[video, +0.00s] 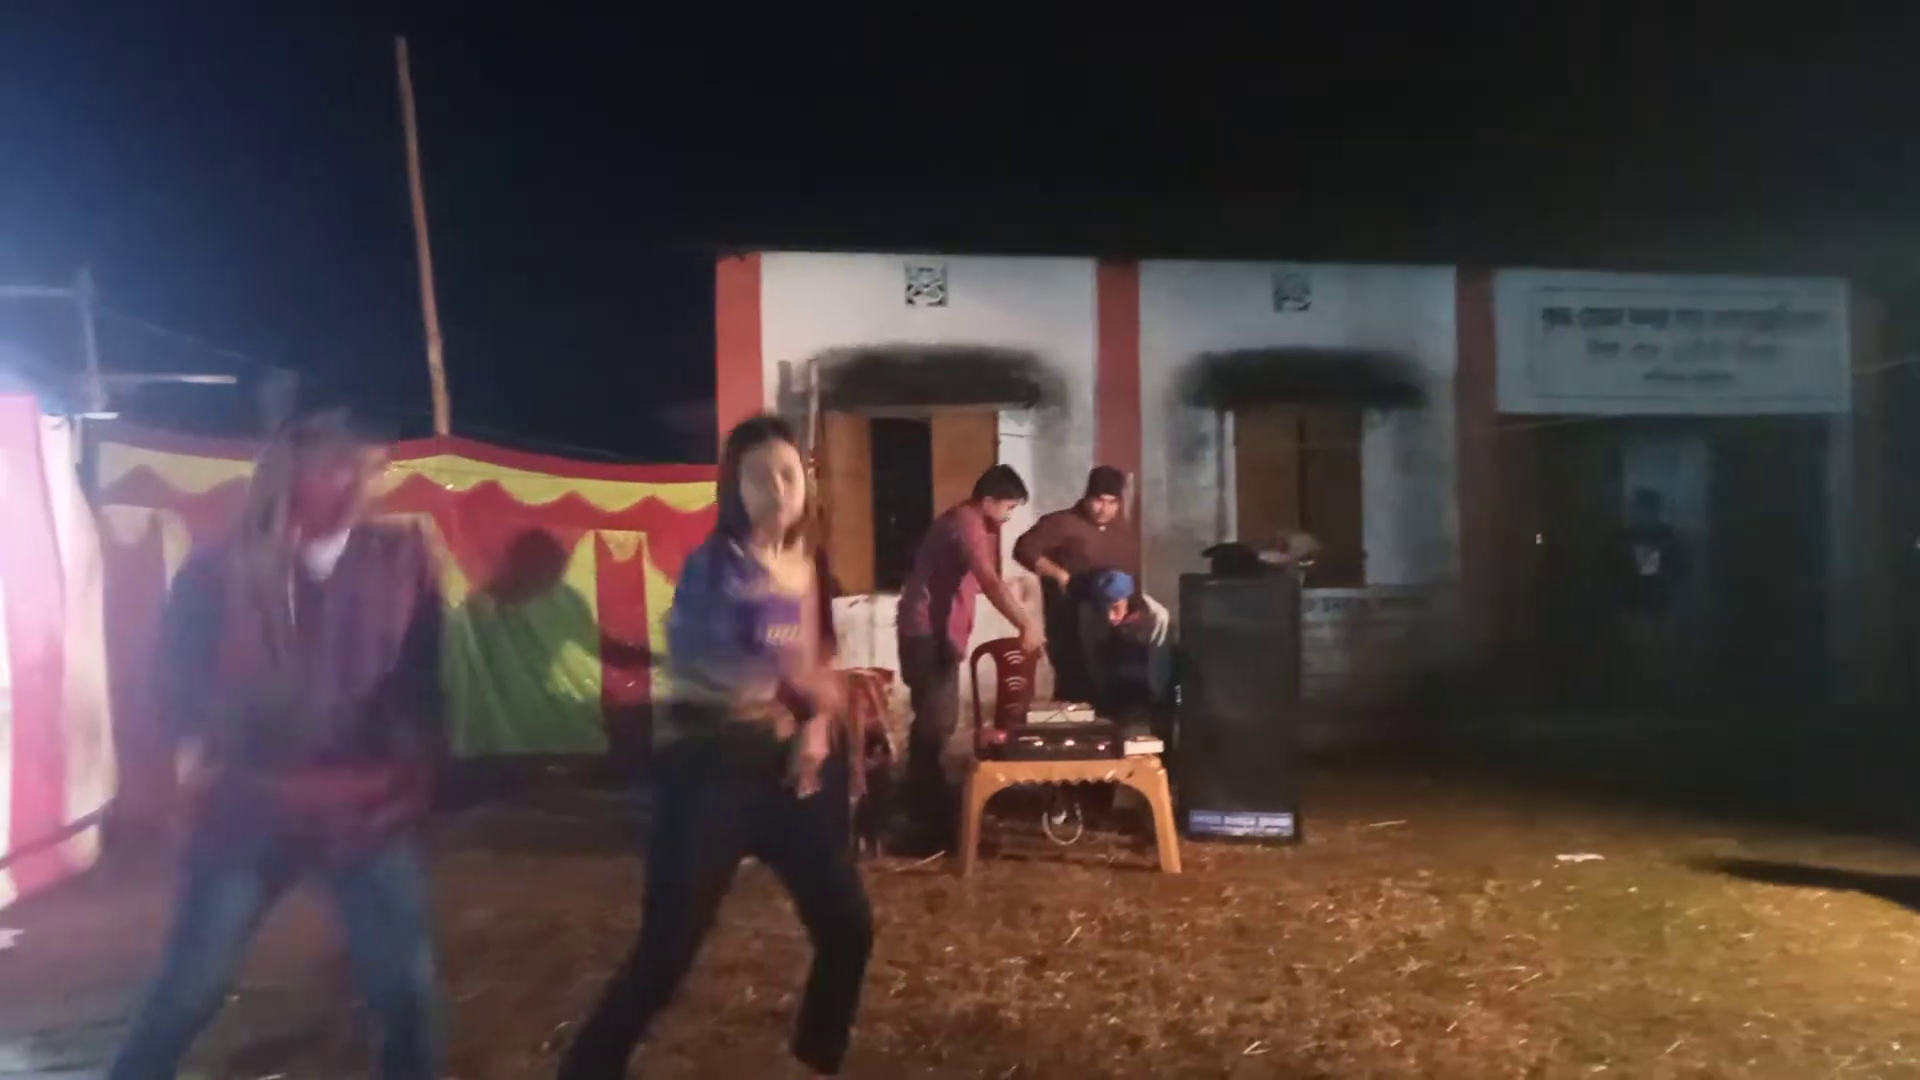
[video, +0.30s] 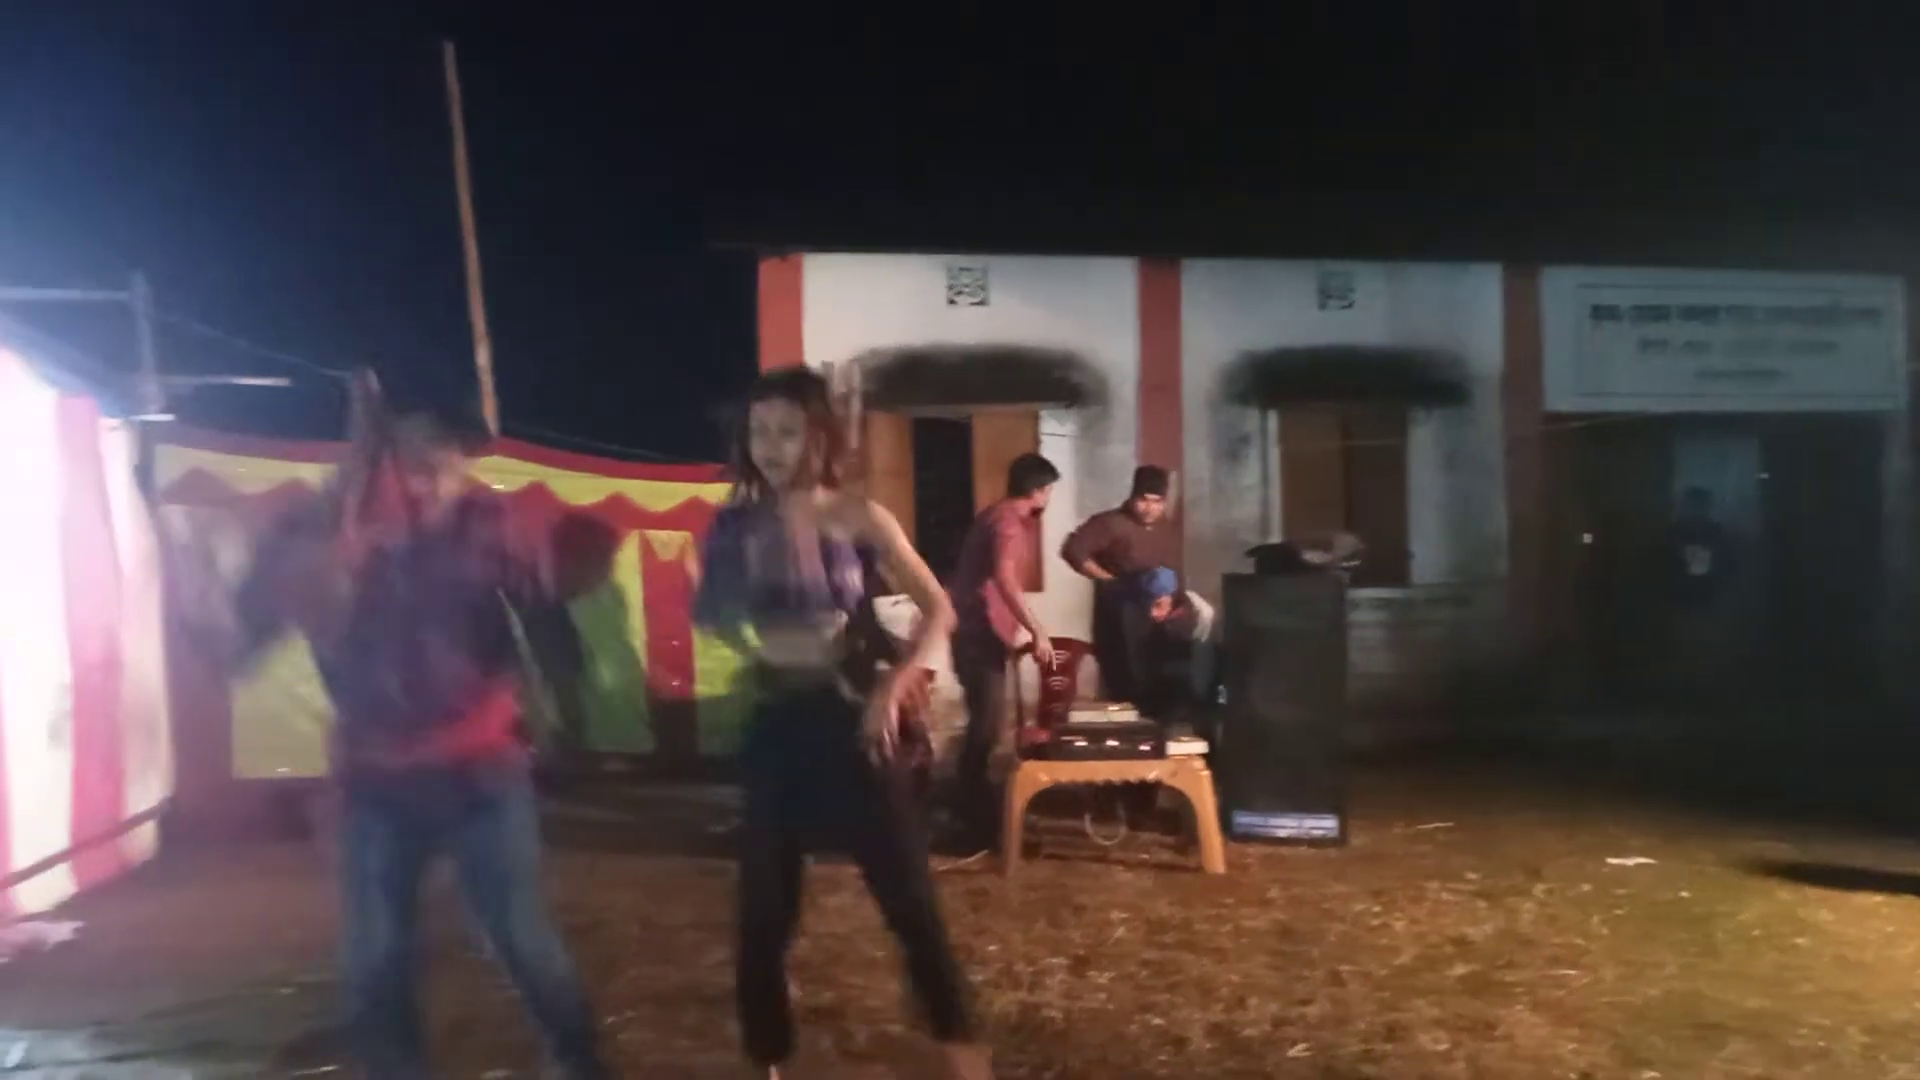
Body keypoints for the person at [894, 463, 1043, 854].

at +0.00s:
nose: (1010, 515)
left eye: (1014, 507)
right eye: (1009, 506)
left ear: (992, 500)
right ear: (990, 498)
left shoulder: (977, 523)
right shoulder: (967, 523)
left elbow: (993, 581)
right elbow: (990, 583)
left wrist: (1025, 621)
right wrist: (1024, 625)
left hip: (940, 630)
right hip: (927, 631)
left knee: (936, 723)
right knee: (935, 724)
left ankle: (925, 813)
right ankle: (922, 815)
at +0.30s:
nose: (1050, 496)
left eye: (1050, 488)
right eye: (1047, 488)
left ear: (1020, 485)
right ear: (1035, 489)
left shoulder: (1003, 517)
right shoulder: (1008, 521)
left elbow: (989, 584)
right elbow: (1004, 579)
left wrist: (1010, 636)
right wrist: (1038, 632)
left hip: (980, 631)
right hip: (981, 632)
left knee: (987, 727)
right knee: (986, 728)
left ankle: (973, 816)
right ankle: (973, 819)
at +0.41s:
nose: (1082, 491)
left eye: (1082, 483)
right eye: (1079, 484)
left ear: (1050, 479)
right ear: (1068, 484)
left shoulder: (1030, 513)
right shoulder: (1041, 520)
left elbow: (1012, 580)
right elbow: (1031, 580)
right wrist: (1051, 634)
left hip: (1017, 635)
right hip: (1025, 637)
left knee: (1026, 720)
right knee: (1030, 722)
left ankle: (1010, 800)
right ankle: (1014, 807)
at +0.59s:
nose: (1149, 486)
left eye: (1148, 479)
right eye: (1146, 479)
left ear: (1114, 474)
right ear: (1135, 480)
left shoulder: (1089, 509)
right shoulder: (1112, 516)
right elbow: (1105, 578)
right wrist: (1113, 640)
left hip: (1076, 636)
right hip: (1095, 639)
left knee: (1090, 726)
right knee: (1103, 728)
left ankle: (1085, 812)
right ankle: (1097, 817)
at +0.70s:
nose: (1184, 485)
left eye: (1183, 478)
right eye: (1182, 479)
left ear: (1147, 473)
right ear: (1172, 481)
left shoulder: (1116, 508)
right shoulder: (1153, 517)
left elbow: (1095, 569)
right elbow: (1149, 581)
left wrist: (1102, 623)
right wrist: (1156, 647)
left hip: (1108, 632)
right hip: (1134, 637)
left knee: (1123, 724)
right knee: (1136, 727)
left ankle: (1112, 812)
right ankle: (1128, 818)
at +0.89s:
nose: (1228, 487)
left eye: (1228, 479)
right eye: (1228, 480)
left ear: (1189, 472)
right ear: (1219, 480)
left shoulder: (1154, 509)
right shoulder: (1201, 513)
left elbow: (1126, 566)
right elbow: (1208, 582)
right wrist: (1228, 637)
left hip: (1140, 631)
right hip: (1175, 635)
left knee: (1147, 721)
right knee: (1180, 724)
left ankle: (1140, 825)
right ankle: (1172, 828)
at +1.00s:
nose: (1265, 485)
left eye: (1265, 477)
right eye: (1264, 478)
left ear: (1224, 471)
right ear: (1253, 478)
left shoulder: (1196, 505)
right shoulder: (1237, 514)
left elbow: (1166, 566)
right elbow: (1254, 583)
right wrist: (1285, 645)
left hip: (1181, 630)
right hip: (1213, 634)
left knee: (1208, 721)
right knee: (1216, 722)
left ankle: (1204, 818)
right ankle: (1210, 822)